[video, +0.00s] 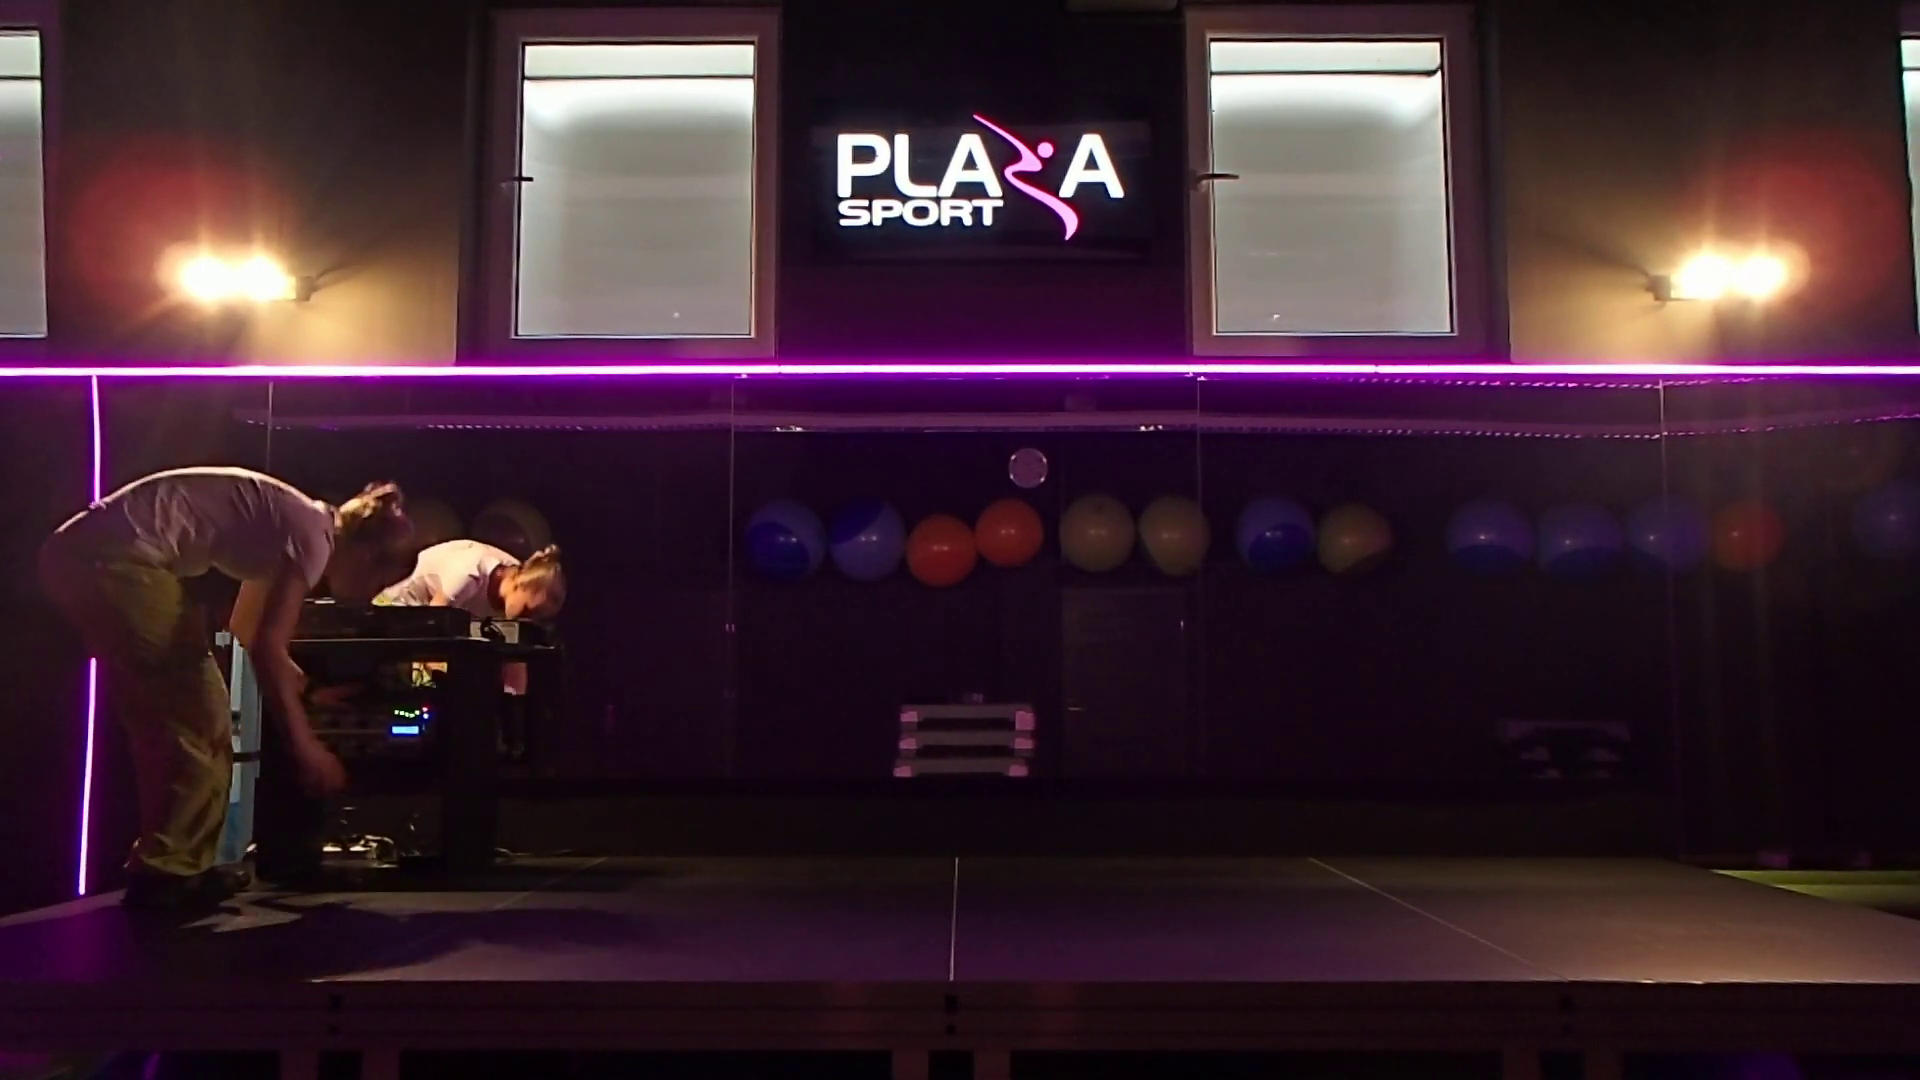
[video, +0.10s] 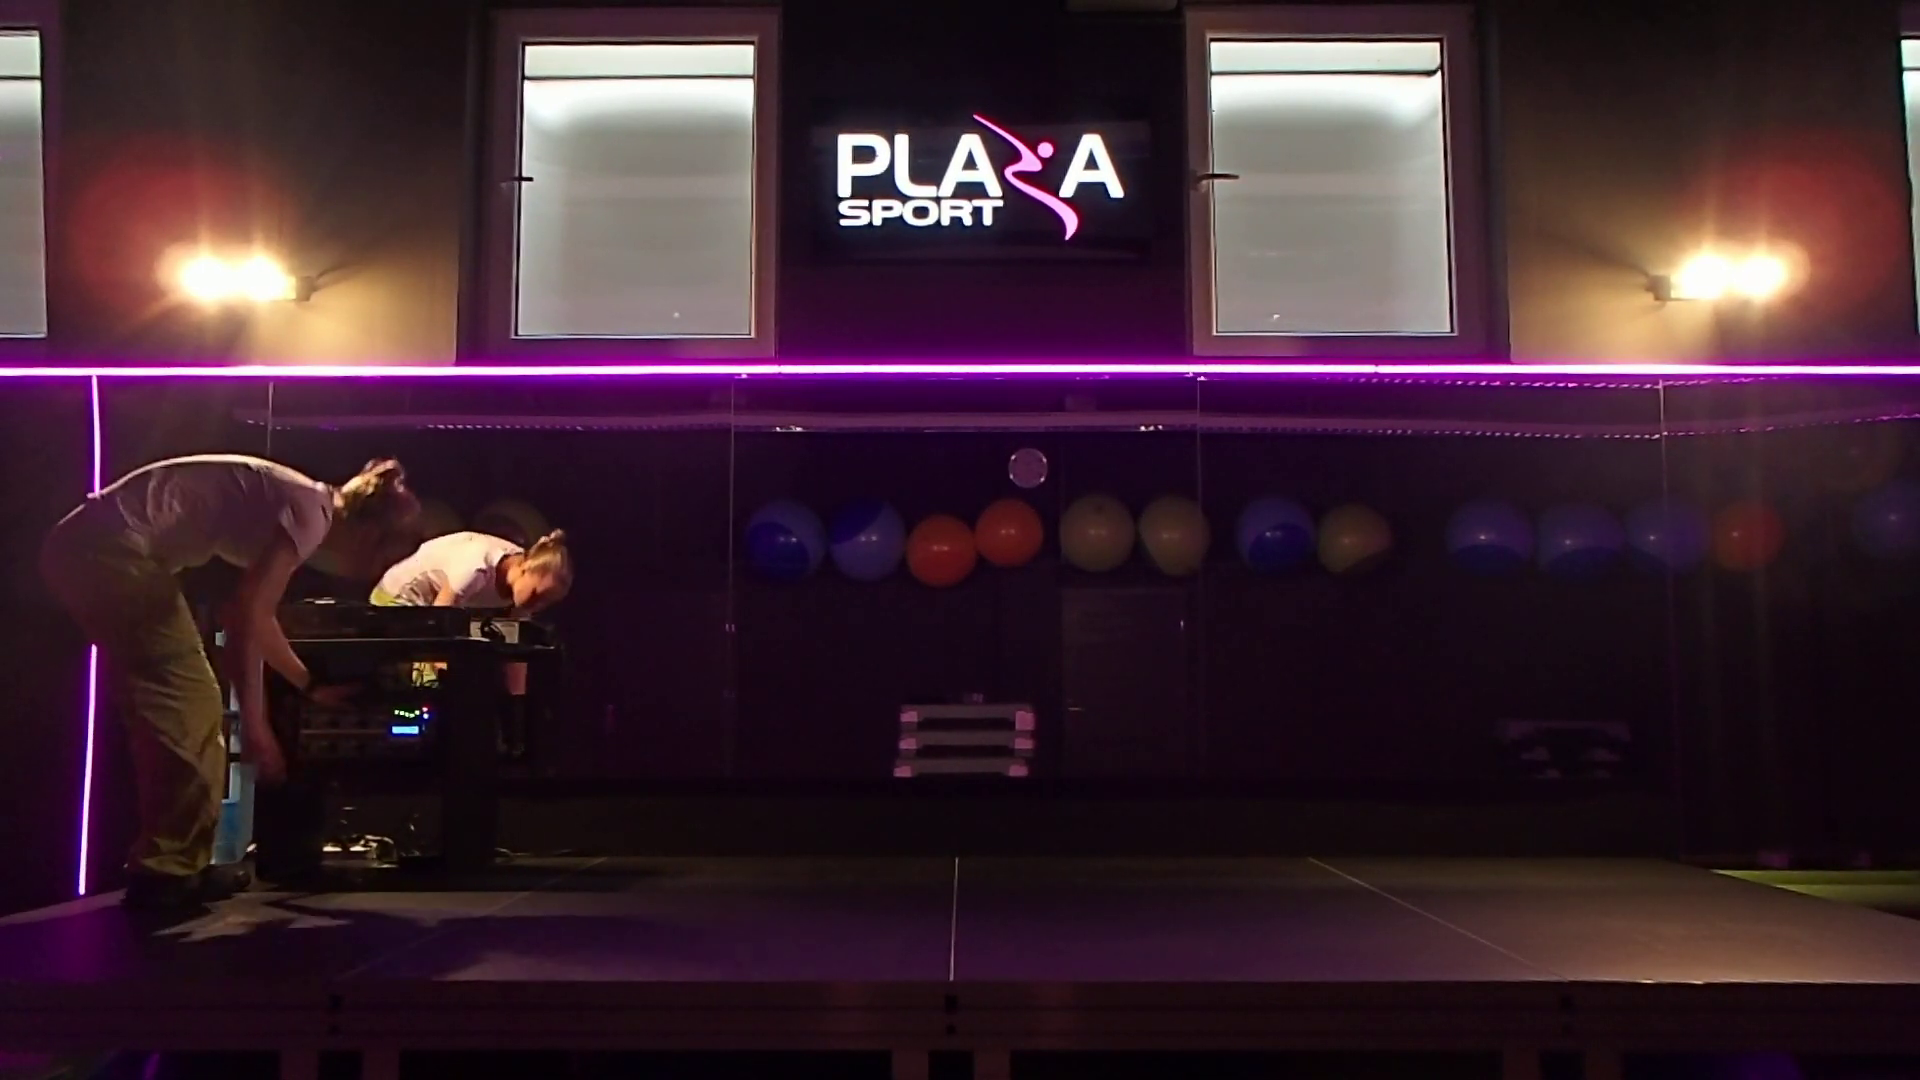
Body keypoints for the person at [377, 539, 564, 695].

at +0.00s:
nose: (526, 619)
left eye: (534, 616)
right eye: (528, 609)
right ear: (518, 582)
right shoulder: (466, 575)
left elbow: (514, 659)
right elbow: (431, 624)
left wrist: (515, 716)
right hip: (397, 609)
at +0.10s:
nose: (536, 606)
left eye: (544, 603)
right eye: (536, 594)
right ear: (523, 568)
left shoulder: (521, 588)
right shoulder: (474, 567)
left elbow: (514, 649)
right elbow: (436, 617)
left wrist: (517, 708)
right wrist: (441, 668)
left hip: (438, 607)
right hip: (395, 601)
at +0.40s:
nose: (555, 597)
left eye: (564, 593)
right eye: (555, 585)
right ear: (542, 560)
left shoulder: (528, 581)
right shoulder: (494, 565)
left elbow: (509, 631)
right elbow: (453, 618)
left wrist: (512, 686)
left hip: (436, 604)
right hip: (397, 596)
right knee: (437, 676)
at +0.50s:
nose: (554, 606)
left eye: (562, 603)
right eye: (554, 594)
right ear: (539, 569)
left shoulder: (529, 595)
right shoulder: (493, 570)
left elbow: (515, 658)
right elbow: (451, 618)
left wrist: (514, 711)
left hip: (439, 608)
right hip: (397, 597)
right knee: (436, 677)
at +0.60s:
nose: (549, 619)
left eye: (558, 615)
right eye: (550, 607)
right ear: (537, 579)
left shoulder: (533, 604)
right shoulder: (490, 575)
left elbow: (519, 668)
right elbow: (452, 622)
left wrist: (515, 733)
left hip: (443, 611)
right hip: (402, 598)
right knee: (435, 677)